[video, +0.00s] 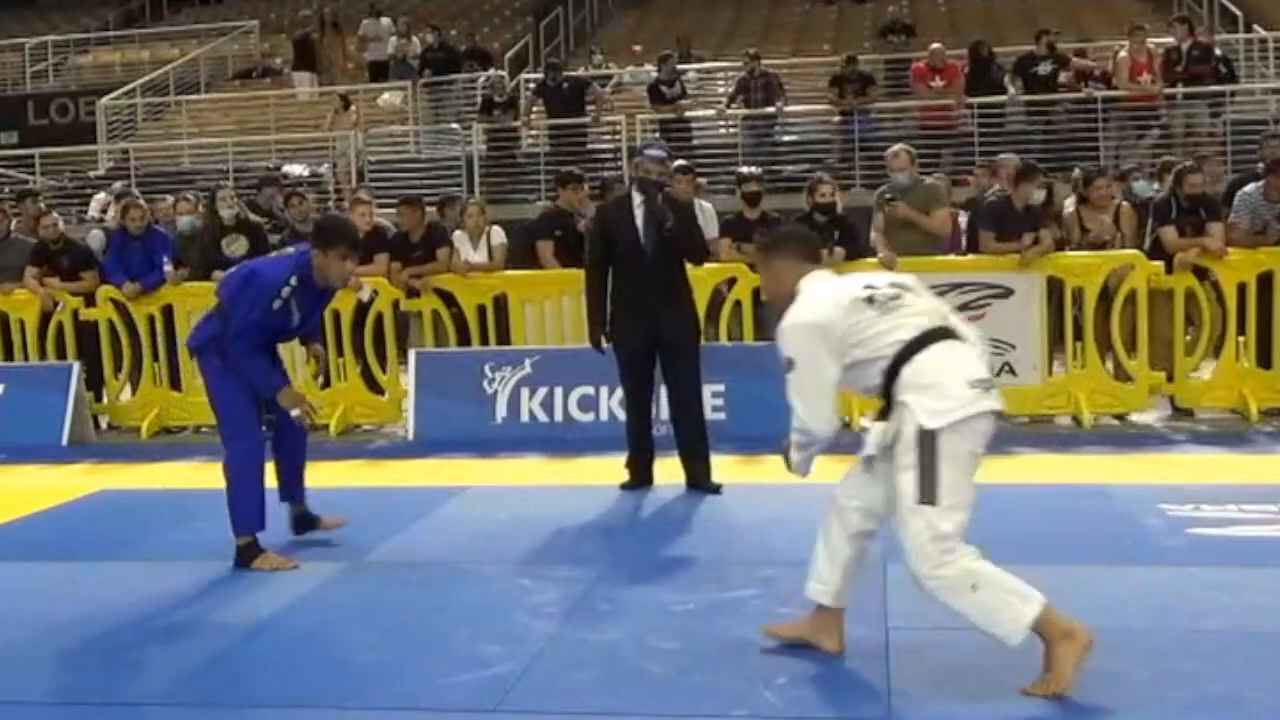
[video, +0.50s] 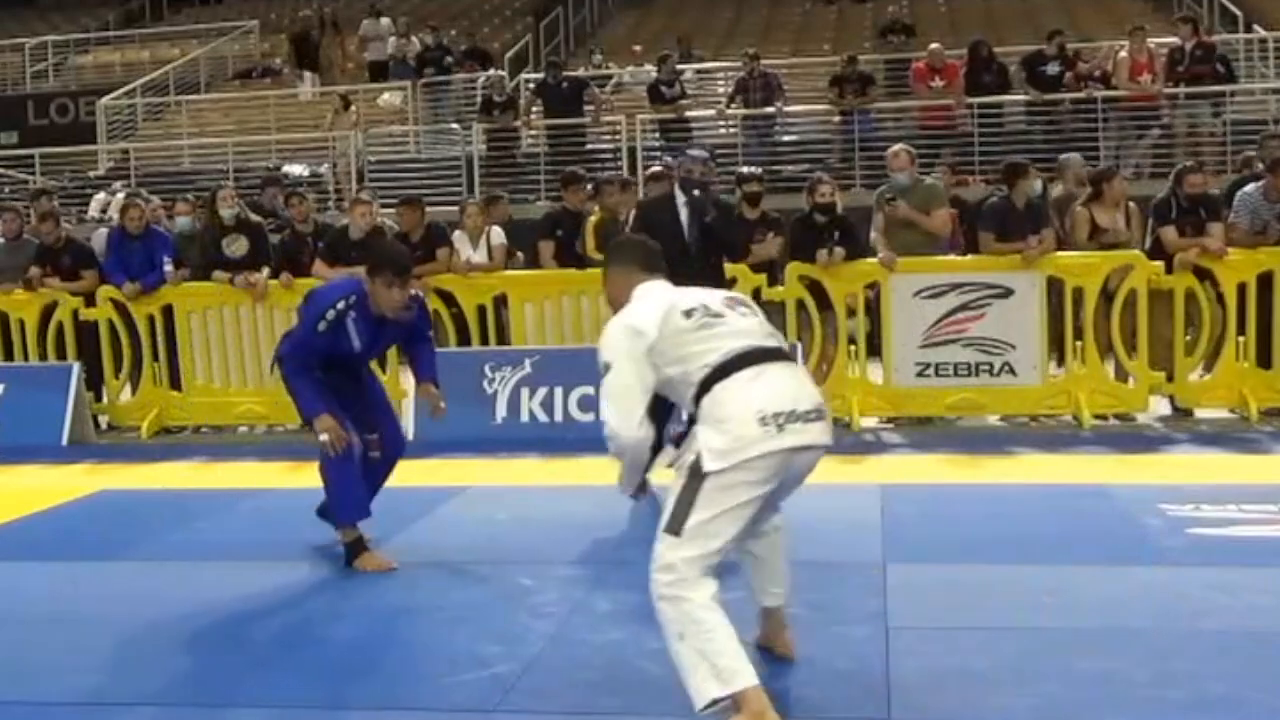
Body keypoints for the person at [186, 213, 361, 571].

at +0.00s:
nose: (350, 268)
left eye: (353, 260)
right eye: (344, 259)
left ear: (352, 259)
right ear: (319, 255)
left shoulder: (326, 277)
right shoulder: (271, 279)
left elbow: (310, 308)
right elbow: (240, 344)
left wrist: (313, 339)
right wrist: (279, 389)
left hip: (260, 344)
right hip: (221, 348)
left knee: (291, 419)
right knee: (244, 439)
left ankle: (299, 512)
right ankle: (247, 545)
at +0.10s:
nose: (368, 272)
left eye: (371, 264)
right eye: (362, 263)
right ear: (337, 259)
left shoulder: (343, 282)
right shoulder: (289, 279)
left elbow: (330, 311)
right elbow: (243, 335)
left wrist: (331, 343)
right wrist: (275, 386)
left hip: (279, 347)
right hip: (240, 347)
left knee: (312, 428)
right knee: (266, 437)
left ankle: (318, 521)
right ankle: (251, 542)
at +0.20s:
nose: (379, 278)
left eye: (382, 270)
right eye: (372, 269)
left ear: (383, 267)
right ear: (347, 265)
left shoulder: (366, 288)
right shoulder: (301, 283)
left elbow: (364, 322)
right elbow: (250, 340)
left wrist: (364, 359)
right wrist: (277, 384)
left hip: (307, 357)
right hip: (264, 353)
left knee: (338, 427)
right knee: (305, 420)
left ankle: (323, 521)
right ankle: (271, 523)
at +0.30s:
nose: (388, 285)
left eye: (391, 275)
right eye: (380, 276)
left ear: (395, 271)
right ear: (357, 271)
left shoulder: (384, 294)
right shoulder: (315, 288)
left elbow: (392, 330)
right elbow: (263, 342)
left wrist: (395, 371)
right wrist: (287, 389)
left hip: (322, 358)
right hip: (282, 357)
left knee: (352, 427)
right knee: (314, 423)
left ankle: (326, 521)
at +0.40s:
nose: (399, 292)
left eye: (401, 282)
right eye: (390, 283)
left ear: (404, 279)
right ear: (366, 279)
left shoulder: (399, 302)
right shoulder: (323, 298)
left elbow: (409, 333)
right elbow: (276, 355)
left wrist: (417, 375)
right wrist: (300, 401)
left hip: (342, 366)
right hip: (298, 365)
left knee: (366, 443)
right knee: (325, 435)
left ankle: (332, 520)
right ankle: (352, 539)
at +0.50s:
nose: (402, 296)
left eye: (406, 286)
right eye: (392, 287)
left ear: (411, 283)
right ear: (370, 283)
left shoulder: (412, 307)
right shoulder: (331, 302)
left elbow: (420, 340)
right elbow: (294, 360)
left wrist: (426, 380)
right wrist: (318, 415)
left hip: (352, 365)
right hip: (309, 366)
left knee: (391, 442)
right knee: (342, 440)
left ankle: (339, 508)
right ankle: (354, 542)